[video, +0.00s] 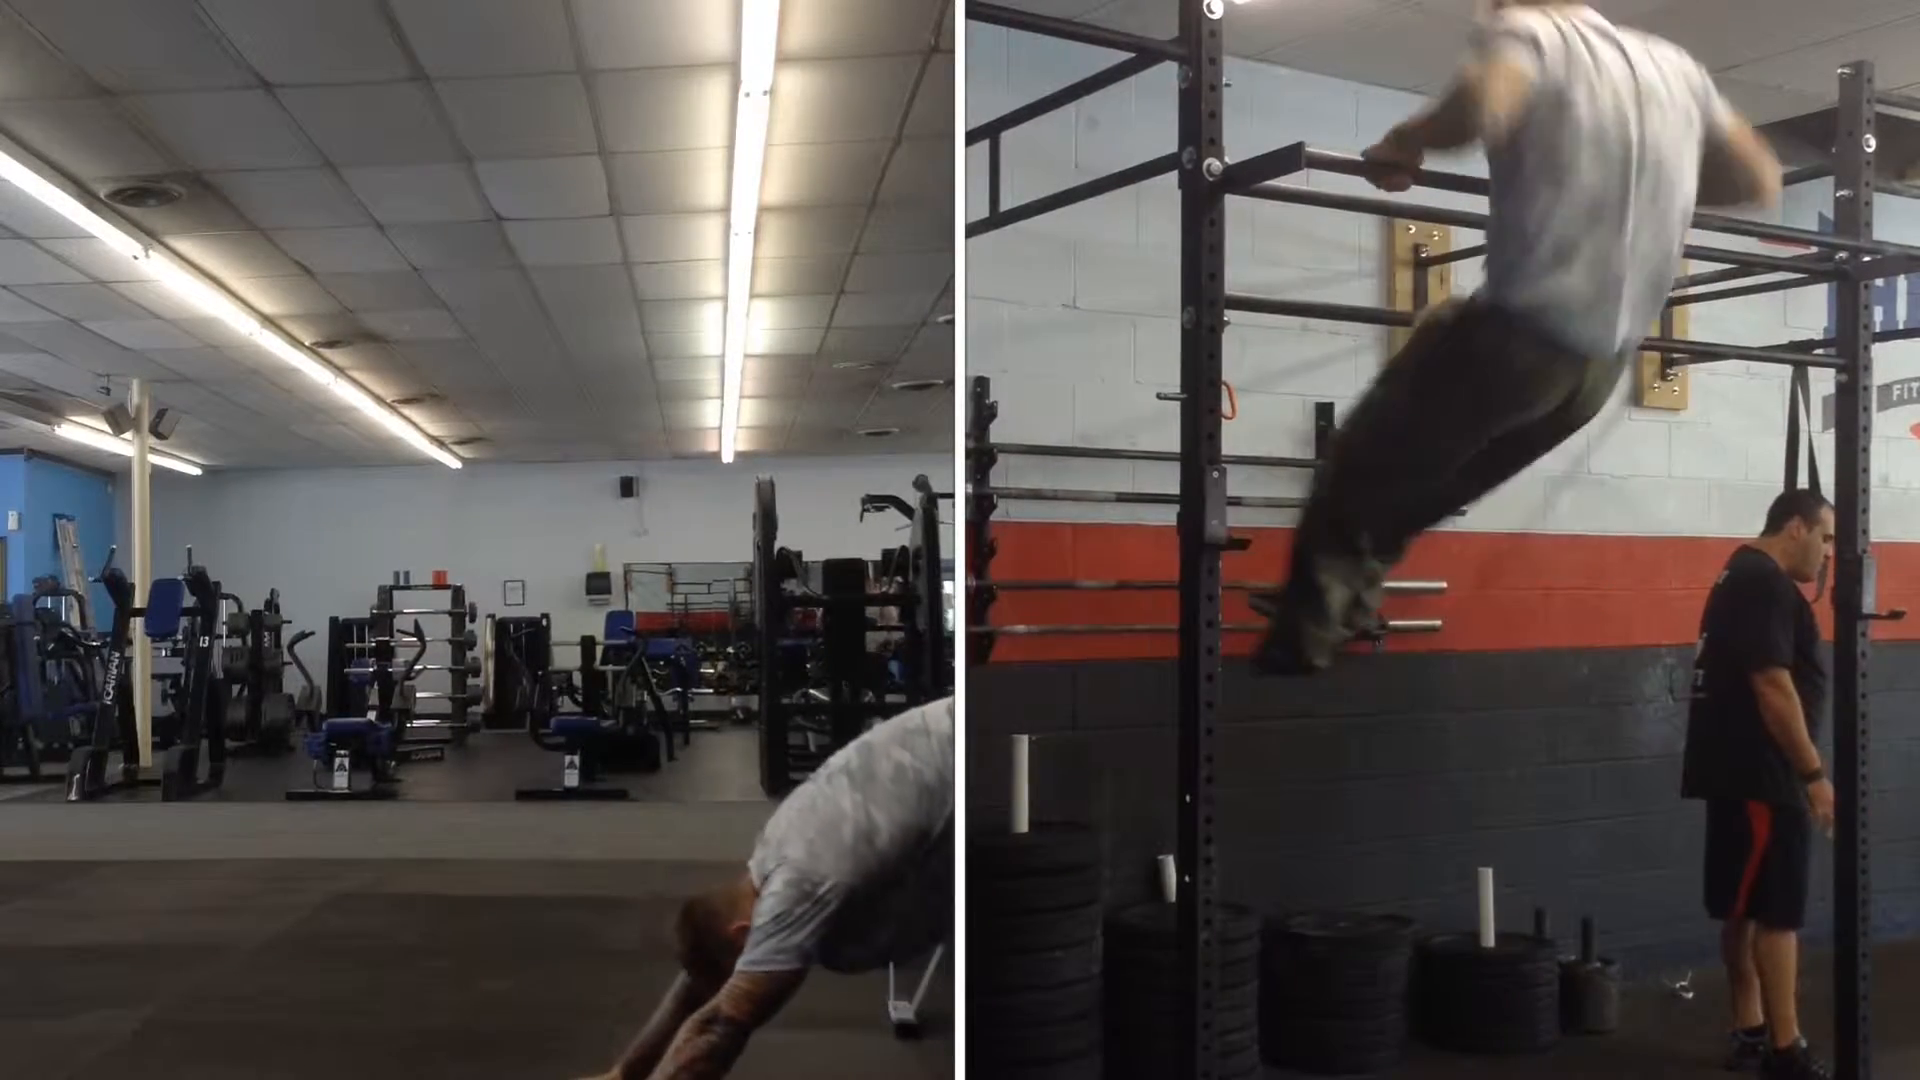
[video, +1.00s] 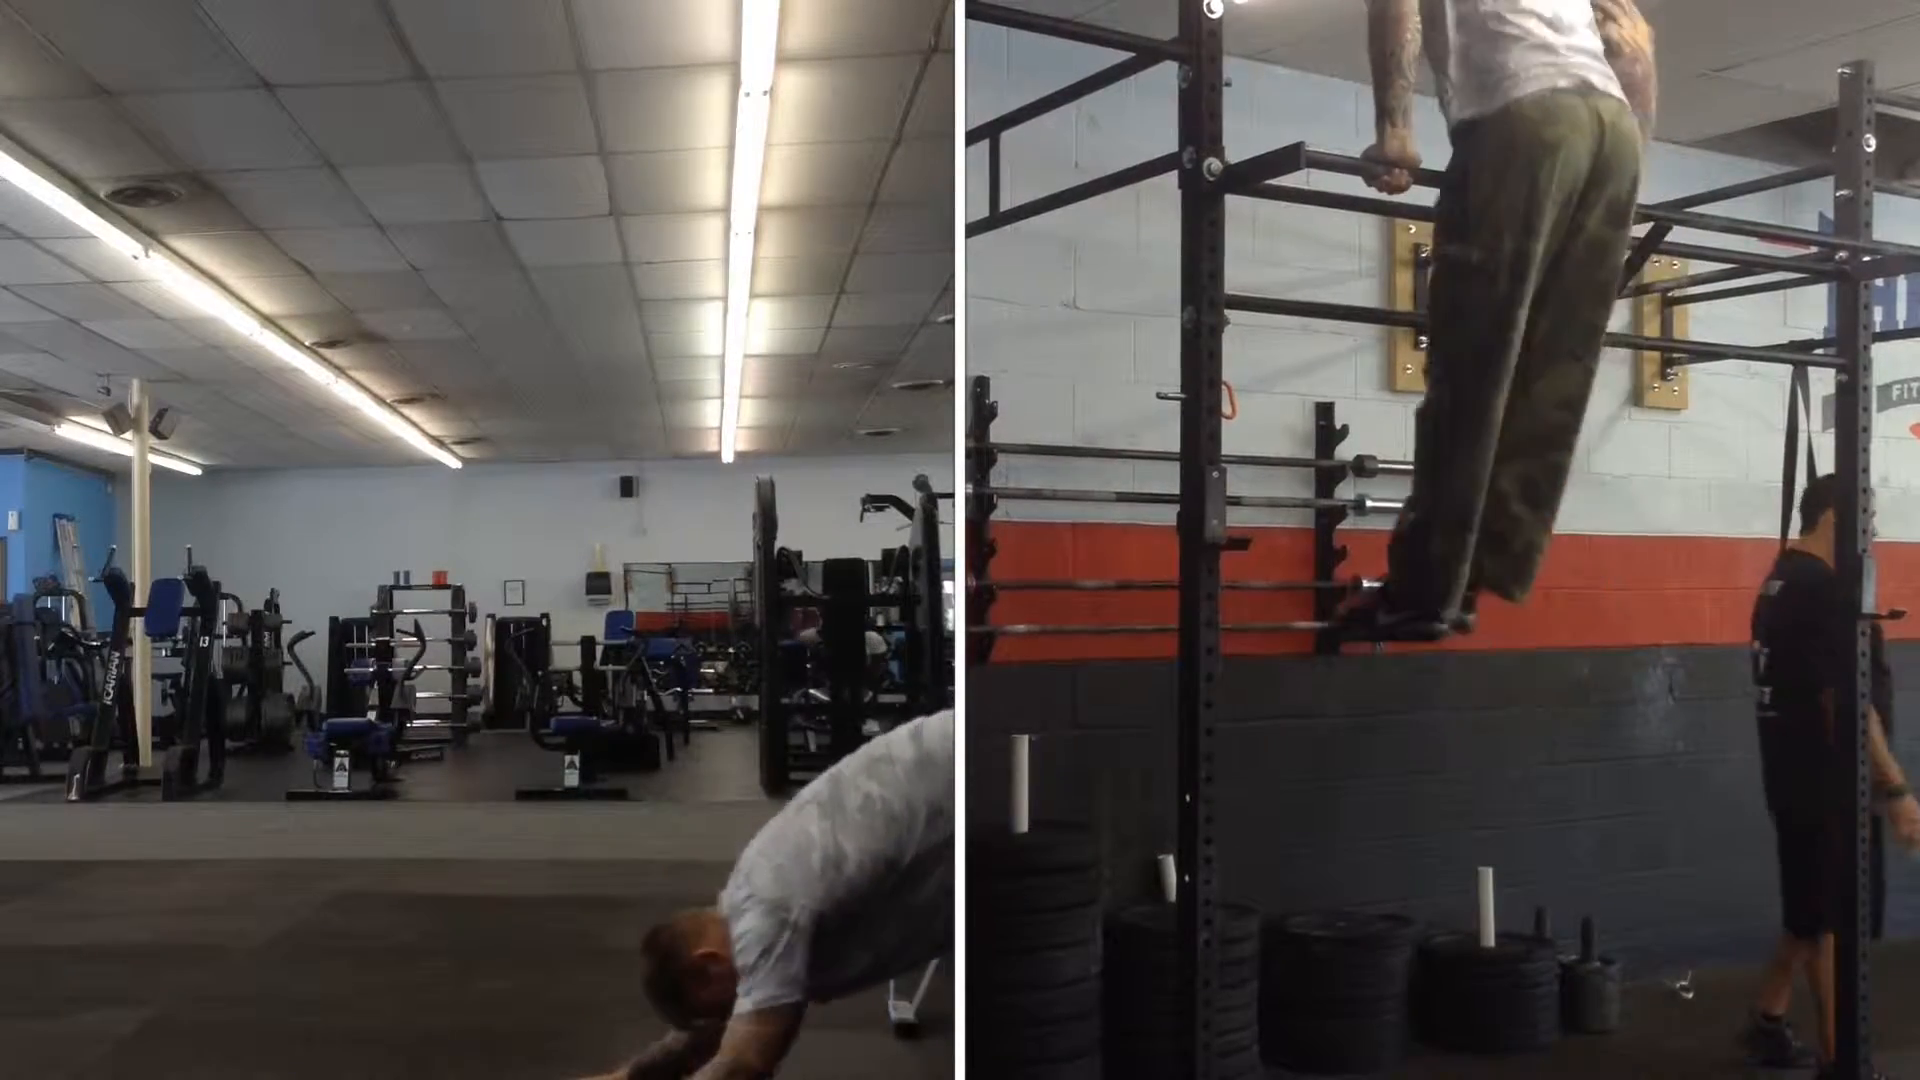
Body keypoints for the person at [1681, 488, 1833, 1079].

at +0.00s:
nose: (1828, 549)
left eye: (1830, 538)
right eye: (1825, 536)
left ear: (1786, 527)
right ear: (1796, 527)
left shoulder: (1742, 579)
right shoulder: (1764, 584)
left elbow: (1751, 686)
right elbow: (1771, 687)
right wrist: (1814, 772)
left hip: (1737, 770)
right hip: (1763, 774)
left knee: (1745, 910)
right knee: (1777, 915)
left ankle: (1749, 1034)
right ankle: (1786, 1049)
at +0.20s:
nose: (1829, 547)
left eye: (1831, 537)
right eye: (1826, 534)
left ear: (1787, 525)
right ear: (1797, 526)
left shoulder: (1742, 579)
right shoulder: (1768, 583)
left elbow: (1749, 684)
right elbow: (1774, 684)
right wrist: (1820, 765)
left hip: (1736, 770)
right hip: (1772, 772)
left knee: (1744, 906)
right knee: (1803, 904)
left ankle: (1750, 1032)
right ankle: (1793, 1040)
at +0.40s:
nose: (1834, 546)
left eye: (1836, 534)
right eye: (1832, 532)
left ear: (1796, 524)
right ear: (1804, 524)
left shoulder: (1750, 578)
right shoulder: (1776, 584)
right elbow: (1781, 689)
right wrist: (1829, 767)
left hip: (1743, 772)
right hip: (1782, 774)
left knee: (1747, 909)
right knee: (1815, 911)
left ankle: (1751, 1032)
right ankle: (1824, 1046)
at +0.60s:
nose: (1844, 550)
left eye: (1846, 538)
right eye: (1841, 536)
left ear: (1807, 526)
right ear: (1815, 525)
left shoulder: (1767, 583)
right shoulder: (1787, 589)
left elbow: (1783, 689)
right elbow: (1795, 693)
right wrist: (1840, 772)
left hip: (1758, 776)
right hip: (1792, 779)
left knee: (1755, 910)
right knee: (1815, 919)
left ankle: (1753, 1031)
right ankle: (1833, 1050)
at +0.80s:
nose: (1856, 548)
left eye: (1859, 536)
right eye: (1854, 534)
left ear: (1817, 520)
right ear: (1826, 523)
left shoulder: (1782, 579)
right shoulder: (1802, 589)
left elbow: (1801, 698)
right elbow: (1816, 702)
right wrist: (1861, 794)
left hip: (1776, 778)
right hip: (1804, 783)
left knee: (1775, 913)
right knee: (1823, 920)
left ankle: (1755, 1031)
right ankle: (1838, 1051)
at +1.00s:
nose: (1866, 535)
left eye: (1866, 522)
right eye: (1862, 522)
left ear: (1814, 514)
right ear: (1835, 517)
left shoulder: (1784, 577)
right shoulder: (1825, 586)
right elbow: (1849, 700)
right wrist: (1895, 787)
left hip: (1791, 771)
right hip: (1827, 778)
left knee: (1807, 910)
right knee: (1834, 919)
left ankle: (1769, 1017)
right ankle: (1840, 1054)